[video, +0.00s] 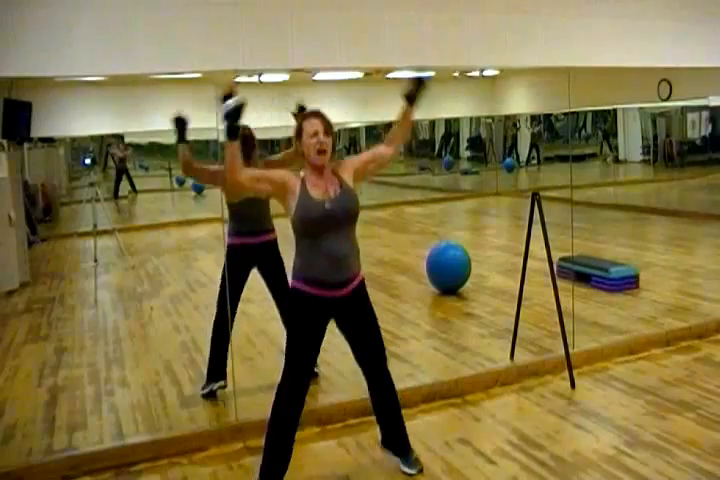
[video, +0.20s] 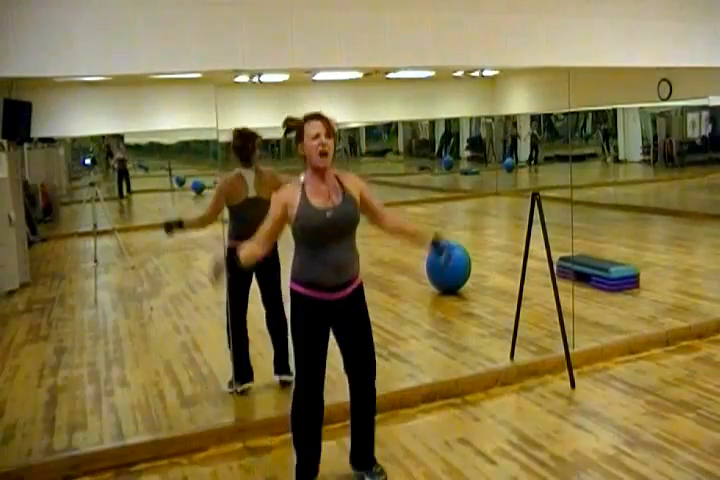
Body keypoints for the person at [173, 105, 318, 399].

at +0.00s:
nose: (241, 146)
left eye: (237, 141)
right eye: (245, 141)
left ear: (233, 147)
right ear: (254, 146)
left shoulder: (226, 174)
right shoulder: (265, 168)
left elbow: (188, 168)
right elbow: (299, 153)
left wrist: (182, 136)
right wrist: (302, 124)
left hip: (239, 246)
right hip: (267, 244)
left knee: (225, 312)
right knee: (287, 306)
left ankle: (215, 378)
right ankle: (306, 362)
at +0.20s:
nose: (250, 152)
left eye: (239, 147)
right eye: (254, 147)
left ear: (234, 151)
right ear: (256, 150)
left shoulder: (228, 183)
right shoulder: (271, 179)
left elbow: (207, 219)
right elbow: (290, 208)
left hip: (238, 254)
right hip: (267, 250)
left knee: (236, 315)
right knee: (275, 309)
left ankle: (242, 377)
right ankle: (283, 369)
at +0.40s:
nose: (246, 154)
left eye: (241, 149)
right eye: (250, 149)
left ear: (235, 154)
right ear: (256, 152)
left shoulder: (229, 186)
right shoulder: (270, 182)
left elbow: (226, 226)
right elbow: (279, 221)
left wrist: (222, 257)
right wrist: (282, 252)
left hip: (240, 256)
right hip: (268, 254)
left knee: (236, 319)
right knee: (276, 313)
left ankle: (241, 380)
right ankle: (285, 372)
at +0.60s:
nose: (239, 154)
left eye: (236, 150)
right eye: (250, 149)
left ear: (234, 154)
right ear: (255, 152)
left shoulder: (229, 185)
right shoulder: (269, 180)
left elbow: (219, 225)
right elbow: (287, 213)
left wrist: (213, 259)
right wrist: (286, 245)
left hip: (239, 255)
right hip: (267, 253)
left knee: (238, 317)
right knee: (276, 310)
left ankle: (241, 380)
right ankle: (284, 373)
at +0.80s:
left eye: (240, 160)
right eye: (253, 160)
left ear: (235, 164)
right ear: (255, 163)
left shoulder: (230, 192)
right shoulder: (268, 188)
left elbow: (223, 234)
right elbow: (280, 224)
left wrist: (219, 270)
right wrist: (283, 256)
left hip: (242, 261)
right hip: (269, 257)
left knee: (236, 320)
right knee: (276, 315)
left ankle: (241, 380)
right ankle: (284, 373)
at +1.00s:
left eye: (236, 159)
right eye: (249, 158)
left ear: (234, 163)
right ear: (254, 161)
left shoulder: (230, 189)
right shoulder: (267, 185)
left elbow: (220, 226)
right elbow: (285, 217)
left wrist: (214, 258)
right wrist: (290, 250)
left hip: (242, 258)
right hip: (269, 255)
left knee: (234, 317)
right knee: (278, 311)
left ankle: (240, 379)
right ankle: (285, 373)